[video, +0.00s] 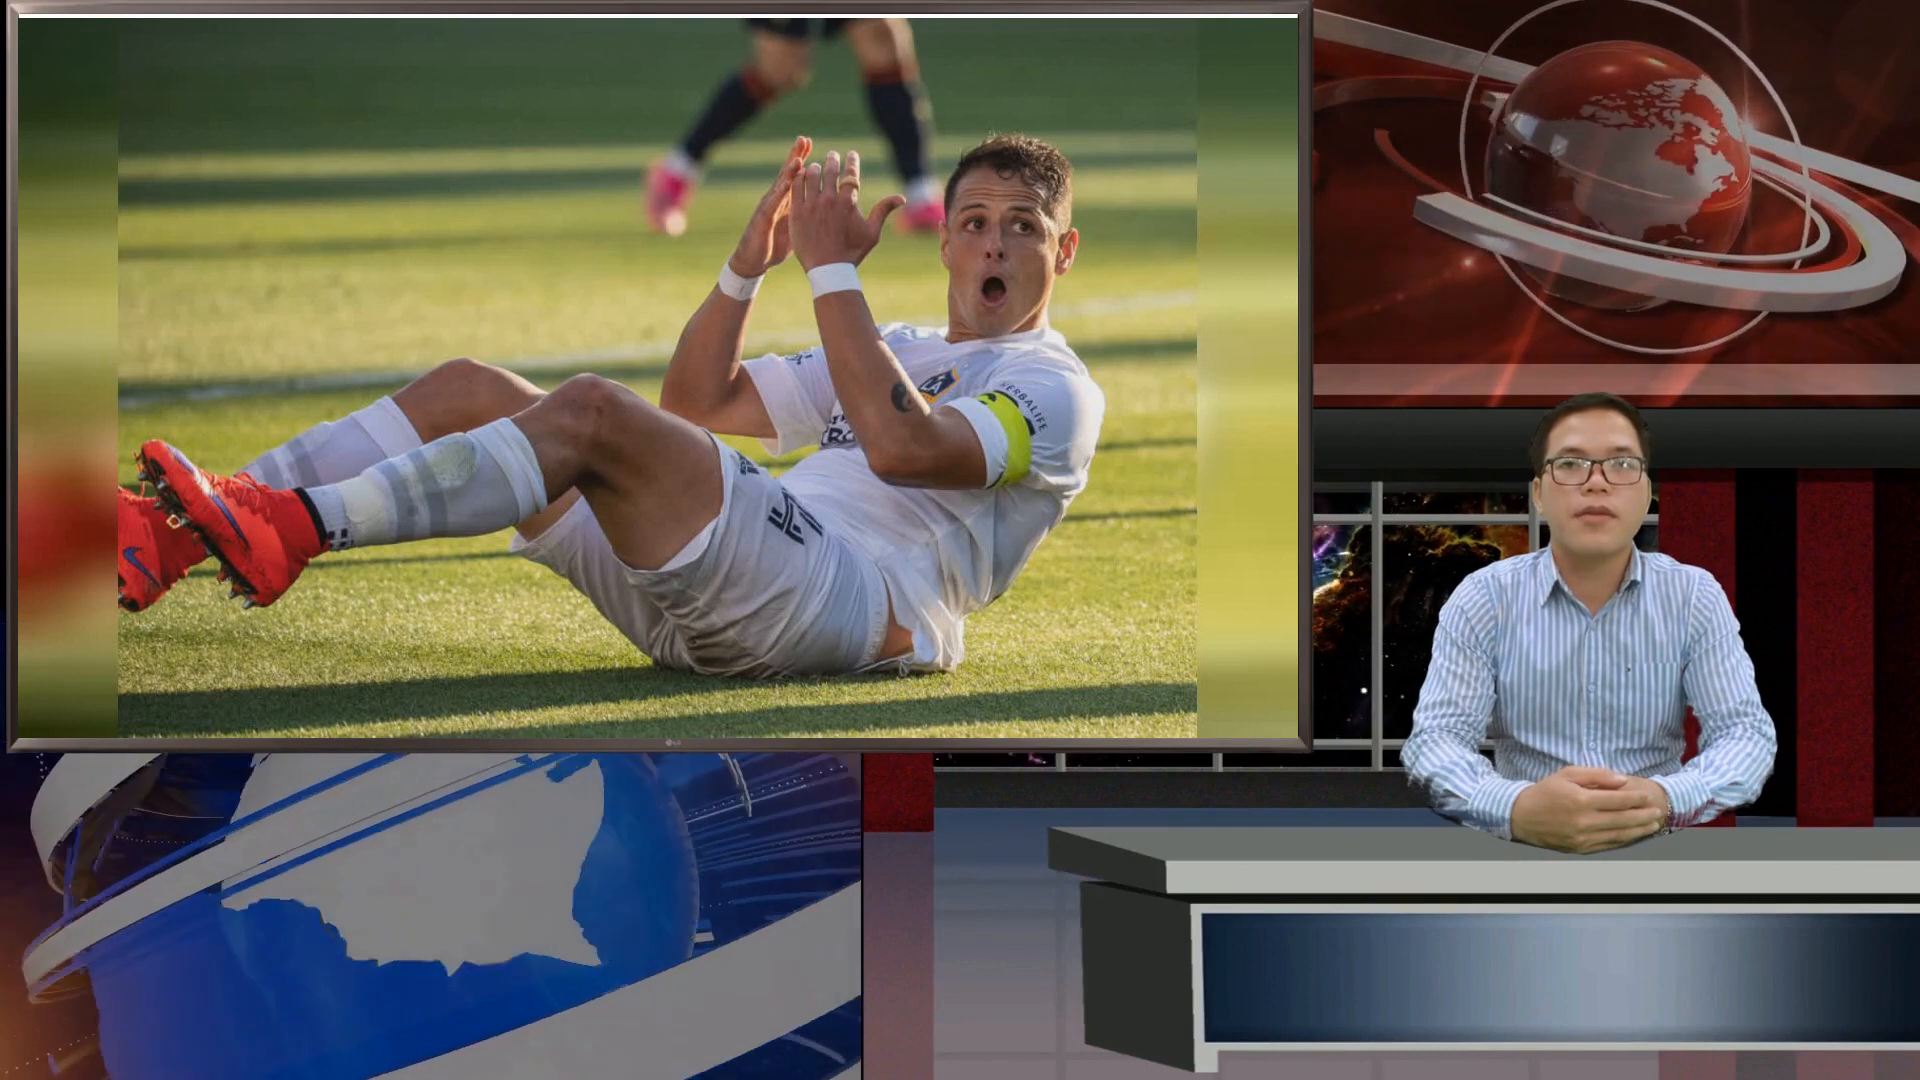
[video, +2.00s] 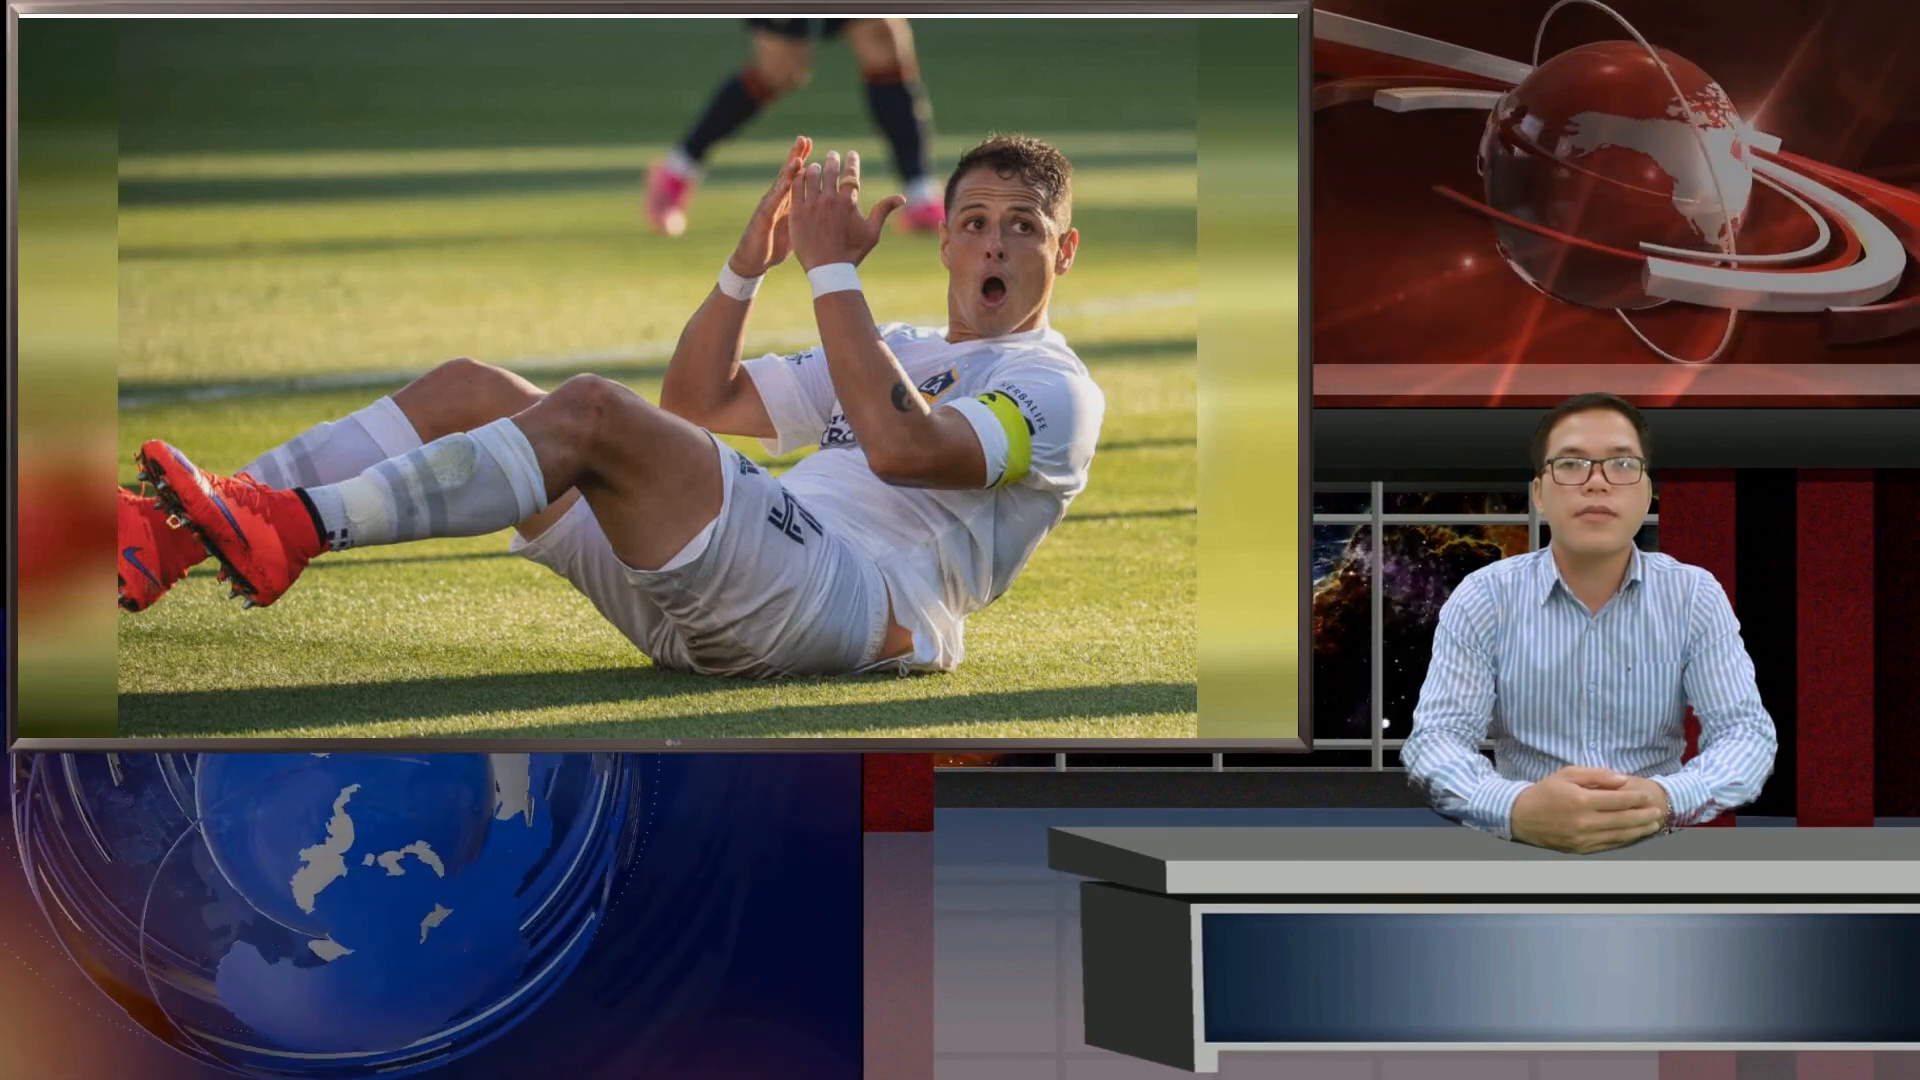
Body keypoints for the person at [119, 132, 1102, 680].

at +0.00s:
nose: (996, 246)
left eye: (1023, 229)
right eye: (977, 223)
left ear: (1066, 257)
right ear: (943, 241)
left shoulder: (1056, 389)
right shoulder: (892, 358)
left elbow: (901, 447)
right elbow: (695, 405)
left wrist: (833, 268)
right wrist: (747, 269)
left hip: (840, 604)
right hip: (732, 572)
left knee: (593, 413)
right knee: (467, 389)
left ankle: (300, 524)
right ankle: (175, 541)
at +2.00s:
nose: (995, 246)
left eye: (1022, 230)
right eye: (975, 224)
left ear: (1065, 257)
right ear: (942, 242)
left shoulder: (1054, 389)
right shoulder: (893, 359)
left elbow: (901, 447)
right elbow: (695, 404)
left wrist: (833, 270)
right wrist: (746, 270)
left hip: (842, 602)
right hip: (734, 572)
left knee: (592, 413)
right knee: (468, 389)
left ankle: (300, 524)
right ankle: (174, 542)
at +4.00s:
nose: (994, 246)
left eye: (1022, 230)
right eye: (974, 224)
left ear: (1065, 257)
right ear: (942, 242)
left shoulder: (1055, 389)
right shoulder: (893, 358)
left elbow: (902, 447)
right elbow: (695, 404)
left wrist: (833, 270)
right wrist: (746, 270)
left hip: (841, 602)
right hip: (734, 572)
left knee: (592, 413)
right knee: (468, 389)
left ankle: (300, 524)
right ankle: (174, 542)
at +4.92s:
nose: (994, 246)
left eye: (1021, 230)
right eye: (974, 224)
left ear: (1065, 256)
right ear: (942, 242)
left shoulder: (1055, 388)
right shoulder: (893, 359)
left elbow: (903, 448)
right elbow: (695, 405)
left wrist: (833, 270)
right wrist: (747, 269)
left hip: (840, 603)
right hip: (731, 573)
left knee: (593, 412)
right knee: (467, 388)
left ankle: (300, 524)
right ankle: (179, 539)